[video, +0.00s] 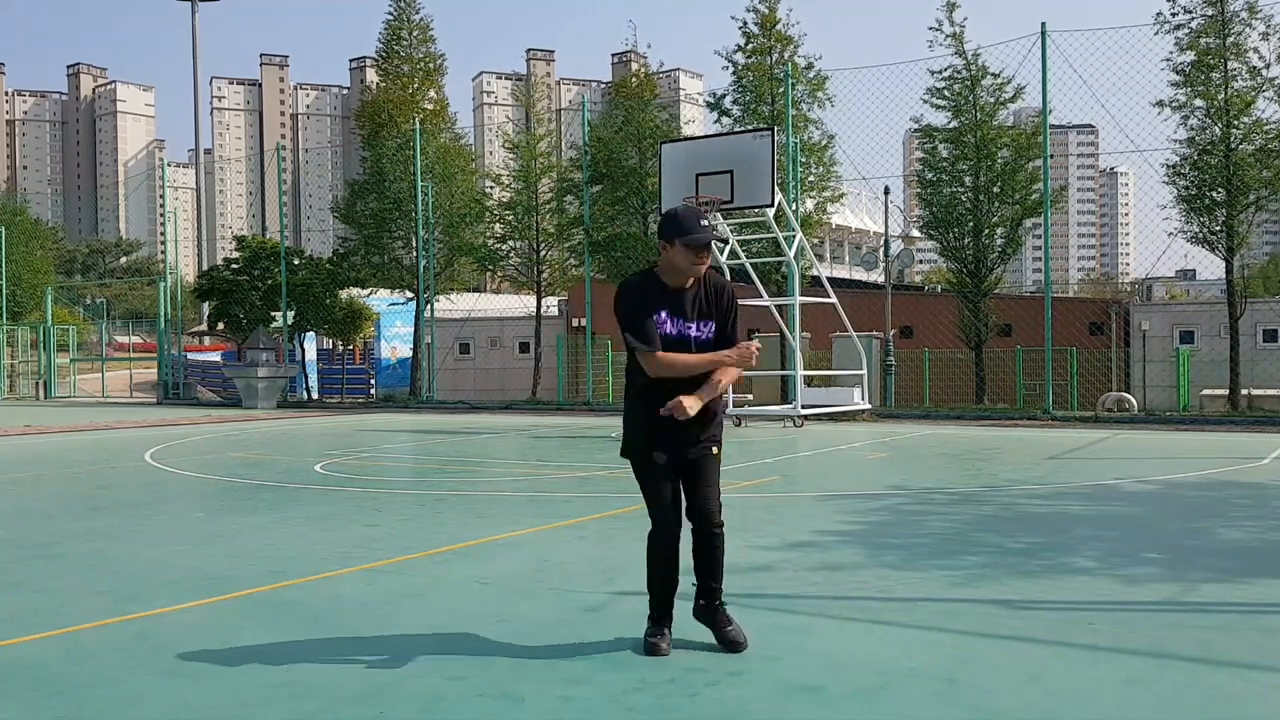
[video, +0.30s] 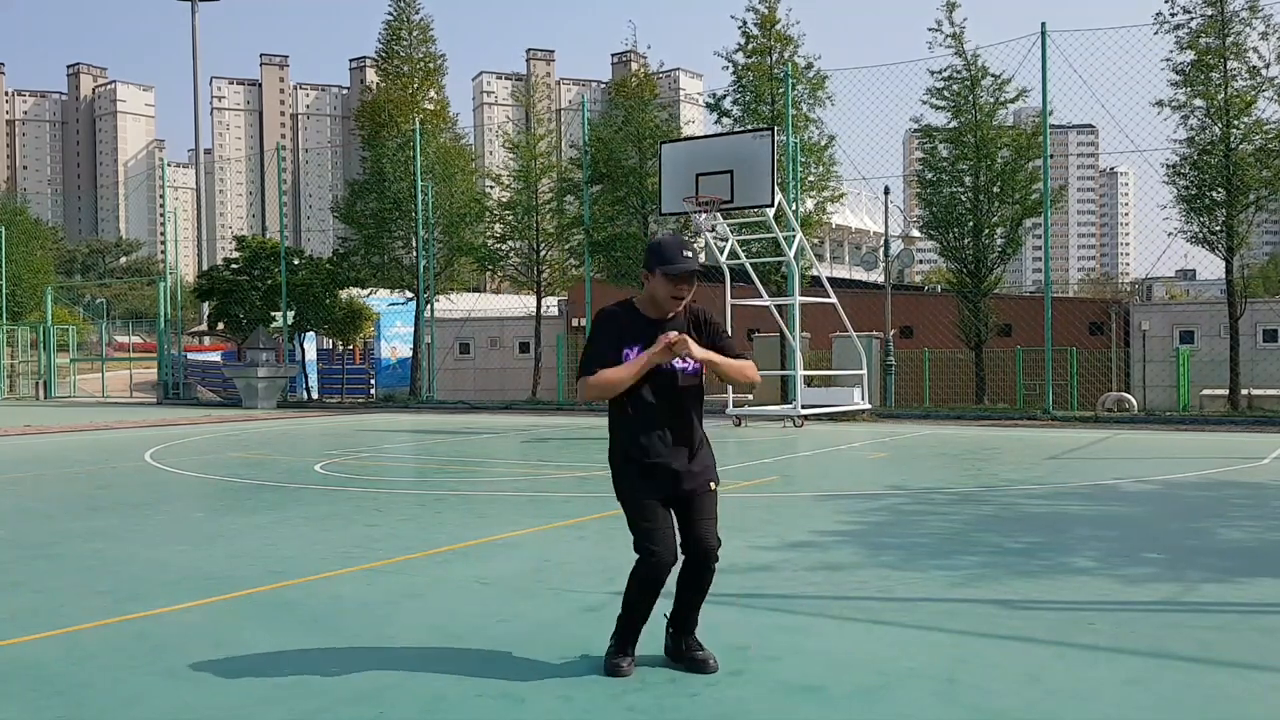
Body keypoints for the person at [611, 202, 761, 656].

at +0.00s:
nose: (705, 255)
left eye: (707, 247)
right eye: (694, 248)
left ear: (710, 246)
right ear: (665, 247)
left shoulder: (719, 291)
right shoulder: (634, 293)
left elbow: (734, 364)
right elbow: (652, 364)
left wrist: (698, 397)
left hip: (701, 425)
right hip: (650, 428)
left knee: (709, 516)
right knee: (667, 521)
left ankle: (710, 604)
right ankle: (660, 620)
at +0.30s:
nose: (685, 290)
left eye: (691, 280)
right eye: (676, 280)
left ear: (696, 280)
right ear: (649, 276)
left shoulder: (698, 321)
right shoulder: (614, 321)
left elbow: (751, 375)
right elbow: (590, 388)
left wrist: (700, 353)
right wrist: (651, 358)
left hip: (691, 457)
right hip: (637, 462)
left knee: (705, 548)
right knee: (659, 553)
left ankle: (681, 638)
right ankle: (623, 645)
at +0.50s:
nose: (667, 272)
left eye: (677, 264)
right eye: (659, 260)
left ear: (686, 261)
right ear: (638, 247)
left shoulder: (696, 295)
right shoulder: (597, 287)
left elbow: (764, 299)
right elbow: (521, 297)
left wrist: (734, 340)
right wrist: (545, 339)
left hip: (669, 436)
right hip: (613, 437)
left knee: (674, 532)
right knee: (631, 534)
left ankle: (677, 629)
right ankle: (621, 638)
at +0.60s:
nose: (660, 225)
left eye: (672, 222)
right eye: (655, 213)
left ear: (679, 231)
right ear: (634, 211)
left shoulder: (690, 270)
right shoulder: (590, 256)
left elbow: (761, 281)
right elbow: (520, 268)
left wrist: (728, 307)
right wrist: (530, 291)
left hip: (651, 421)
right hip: (593, 416)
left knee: (644, 522)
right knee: (602, 526)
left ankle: (652, 629)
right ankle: (612, 631)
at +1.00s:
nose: (603, 289)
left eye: (609, 278)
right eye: (590, 281)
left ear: (618, 275)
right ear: (565, 283)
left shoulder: (641, 317)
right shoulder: (555, 314)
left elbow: (699, 364)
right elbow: (552, 353)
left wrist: (631, 389)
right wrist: (557, 380)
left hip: (637, 445)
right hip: (585, 442)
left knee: (616, 540)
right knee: (570, 547)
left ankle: (628, 655)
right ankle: (574, 650)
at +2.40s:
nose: (596, 265)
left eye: (600, 257)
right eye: (588, 256)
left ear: (601, 256)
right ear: (561, 250)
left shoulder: (599, 295)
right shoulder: (520, 281)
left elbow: (654, 312)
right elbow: (456, 302)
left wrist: (695, 360)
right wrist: (469, 339)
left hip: (565, 422)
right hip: (515, 420)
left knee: (584, 509)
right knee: (537, 509)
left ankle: (550, 580)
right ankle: (528, 622)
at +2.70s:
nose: (561, 292)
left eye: (568, 284)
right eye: (553, 283)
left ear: (577, 283)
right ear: (532, 278)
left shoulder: (582, 328)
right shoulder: (498, 316)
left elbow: (595, 393)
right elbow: (481, 385)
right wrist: (502, 440)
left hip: (548, 429)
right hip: (499, 426)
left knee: (553, 515)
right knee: (509, 508)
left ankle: (544, 598)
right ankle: (516, 601)